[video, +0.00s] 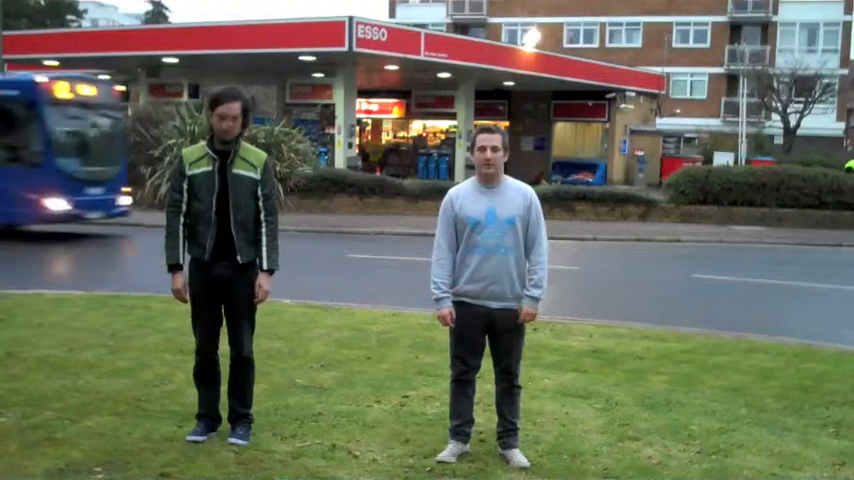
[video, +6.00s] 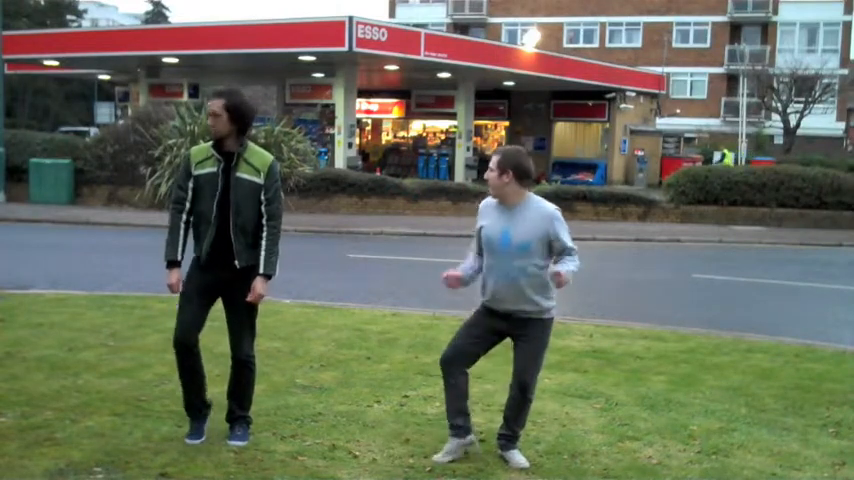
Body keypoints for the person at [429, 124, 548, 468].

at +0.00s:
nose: (487, 155)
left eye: (494, 150)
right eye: (481, 149)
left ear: (505, 155)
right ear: (472, 154)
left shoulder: (525, 196)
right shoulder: (456, 197)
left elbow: (538, 250)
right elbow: (442, 251)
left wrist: (533, 298)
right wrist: (442, 298)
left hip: (510, 305)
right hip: (466, 303)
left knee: (509, 379)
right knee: (462, 376)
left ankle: (510, 444)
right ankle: (458, 440)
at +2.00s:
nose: (487, 155)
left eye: (494, 149)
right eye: (481, 149)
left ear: (505, 155)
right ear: (472, 155)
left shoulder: (524, 196)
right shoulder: (455, 197)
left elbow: (538, 249)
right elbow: (442, 251)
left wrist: (532, 298)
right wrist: (442, 299)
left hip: (510, 305)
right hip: (466, 304)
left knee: (509, 379)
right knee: (462, 376)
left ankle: (509, 444)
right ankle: (458, 440)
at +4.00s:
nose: (488, 179)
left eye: (496, 174)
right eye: (482, 173)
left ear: (509, 180)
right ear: (475, 179)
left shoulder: (529, 220)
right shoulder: (459, 218)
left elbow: (552, 265)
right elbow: (438, 263)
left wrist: (548, 299)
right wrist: (426, 305)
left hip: (512, 308)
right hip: (472, 304)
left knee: (512, 378)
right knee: (475, 372)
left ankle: (507, 444)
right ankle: (458, 439)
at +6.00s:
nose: (486, 176)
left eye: (491, 170)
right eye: (487, 169)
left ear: (509, 176)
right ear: (506, 177)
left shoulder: (548, 214)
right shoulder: (486, 209)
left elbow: (570, 256)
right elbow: (479, 256)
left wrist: (564, 271)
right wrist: (462, 274)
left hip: (534, 317)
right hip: (493, 311)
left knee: (524, 384)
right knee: (451, 361)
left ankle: (508, 445)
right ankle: (460, 436)